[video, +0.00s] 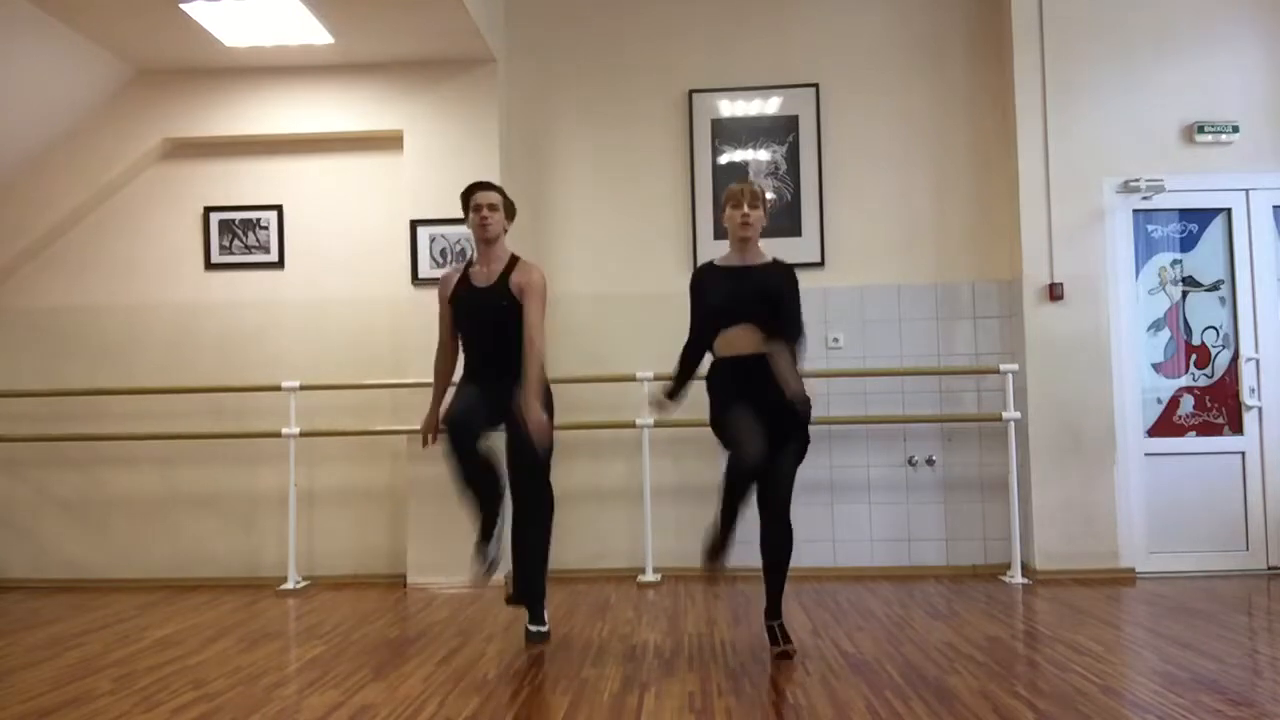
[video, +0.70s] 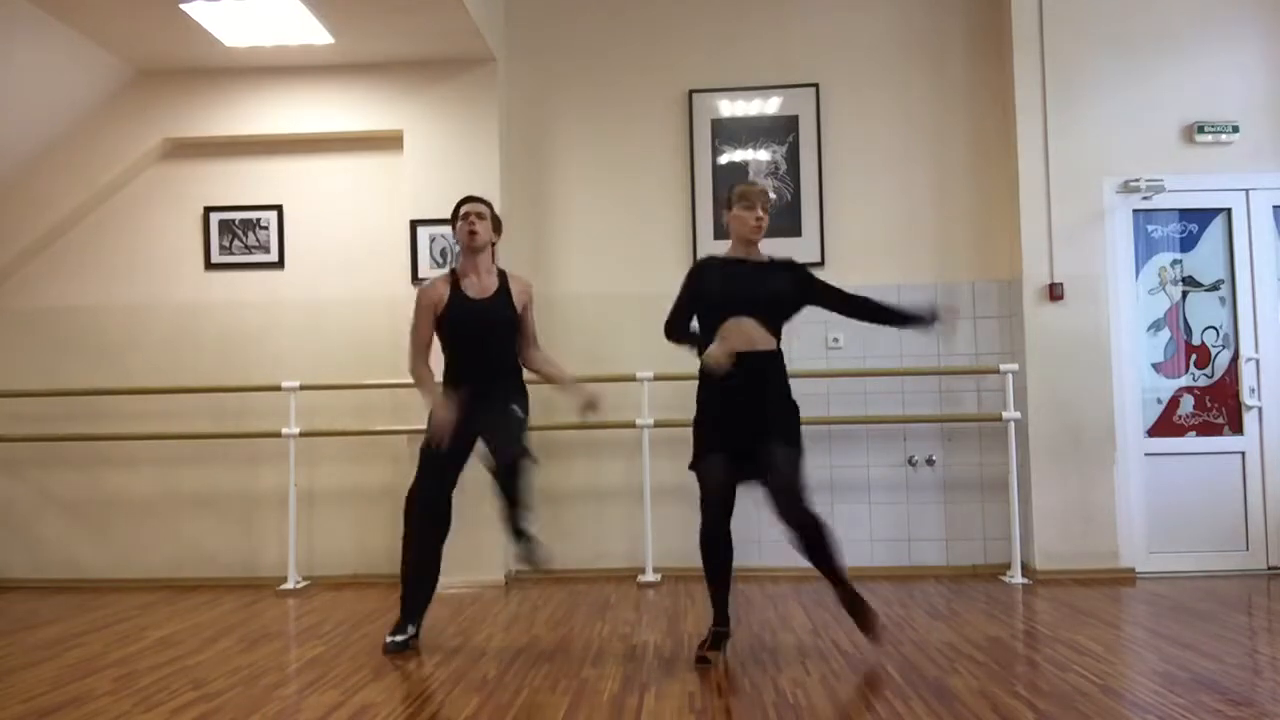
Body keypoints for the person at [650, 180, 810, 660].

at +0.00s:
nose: (744, 213)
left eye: (753, 205)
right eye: (736, 206)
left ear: (765, 214)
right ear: (723, 216)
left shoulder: (781, 273)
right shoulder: (706, 277)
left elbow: (789, 336)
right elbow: (698, 339)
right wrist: (674, 389)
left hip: (779, 386)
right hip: (729, 385)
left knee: (777, 506)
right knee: (750, 453)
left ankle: (774, 615)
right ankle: (723, 532)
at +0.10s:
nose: (746, 220)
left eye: (754, 212)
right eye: (737, 212)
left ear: (766, 223)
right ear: (724, 222)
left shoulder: (782, 283)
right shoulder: (705, 280)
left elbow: (805, 356)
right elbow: (690, 341)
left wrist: (828, 417)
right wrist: (658, 349)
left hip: (782, 408)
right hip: (730, 408)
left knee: (782, 515)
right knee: (724, 508)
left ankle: (778, 618)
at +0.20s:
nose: (746, 208)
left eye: (755, 200)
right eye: (738, 200)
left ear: (767, 210)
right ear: (725, 208)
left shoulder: (782, 272)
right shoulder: (702, 264)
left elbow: (813, 326)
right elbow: (674, 327)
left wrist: (809, 381)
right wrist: (695, 297)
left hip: (768, 397)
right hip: (719, 398)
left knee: (758, 499)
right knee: (723, 505)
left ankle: (772, 607)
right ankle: (730, 616)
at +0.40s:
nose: (739, 223)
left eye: (747, 215)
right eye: (731, 215)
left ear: (760, 224)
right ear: (719, 223)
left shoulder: (775, 284)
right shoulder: (706, 284)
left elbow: (770, 345)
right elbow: (698, 354)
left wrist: (780, 362)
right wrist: (753, 346)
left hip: (758, 407)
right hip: (709, 406)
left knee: (712, 480)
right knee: (711, 508)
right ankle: (718, 620)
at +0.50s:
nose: (742, 214)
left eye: (750, 208)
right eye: (734, 206)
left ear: (760, 217)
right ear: (719, 215)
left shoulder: (778, 271)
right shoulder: (704, 271)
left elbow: (790, 328)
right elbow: (681, 334)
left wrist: (807, 378)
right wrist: (737, 329)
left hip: (763, 395)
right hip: (715, 394)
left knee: (720, 470)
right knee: (715, 500)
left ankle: (717, 598)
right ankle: (715, 615)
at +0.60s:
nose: (752, 208)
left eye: (758, 201)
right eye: (742, 201)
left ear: (765, 210)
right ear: (721, 210)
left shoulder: (782, 261)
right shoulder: (703, 262)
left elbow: (833, 300)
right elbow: (673, 322)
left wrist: (873, 334)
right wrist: (721, 322)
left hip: (769, 386)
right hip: (717, 388)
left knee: (751, 477)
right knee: (713, 508)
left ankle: (799, 559)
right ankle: (719, 618)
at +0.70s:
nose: (757, 215)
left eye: (763, 209)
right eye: (747, 207)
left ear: (768, 220)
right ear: (726, 216)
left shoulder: (787, 275)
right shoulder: (705, 272)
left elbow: (849, 304)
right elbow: (674, 327)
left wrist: (915, 318)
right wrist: (704, 345)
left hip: (769, 400)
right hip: (717, 403)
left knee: (791, 507)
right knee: (714, 518)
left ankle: (845, 593)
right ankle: (719, 624)